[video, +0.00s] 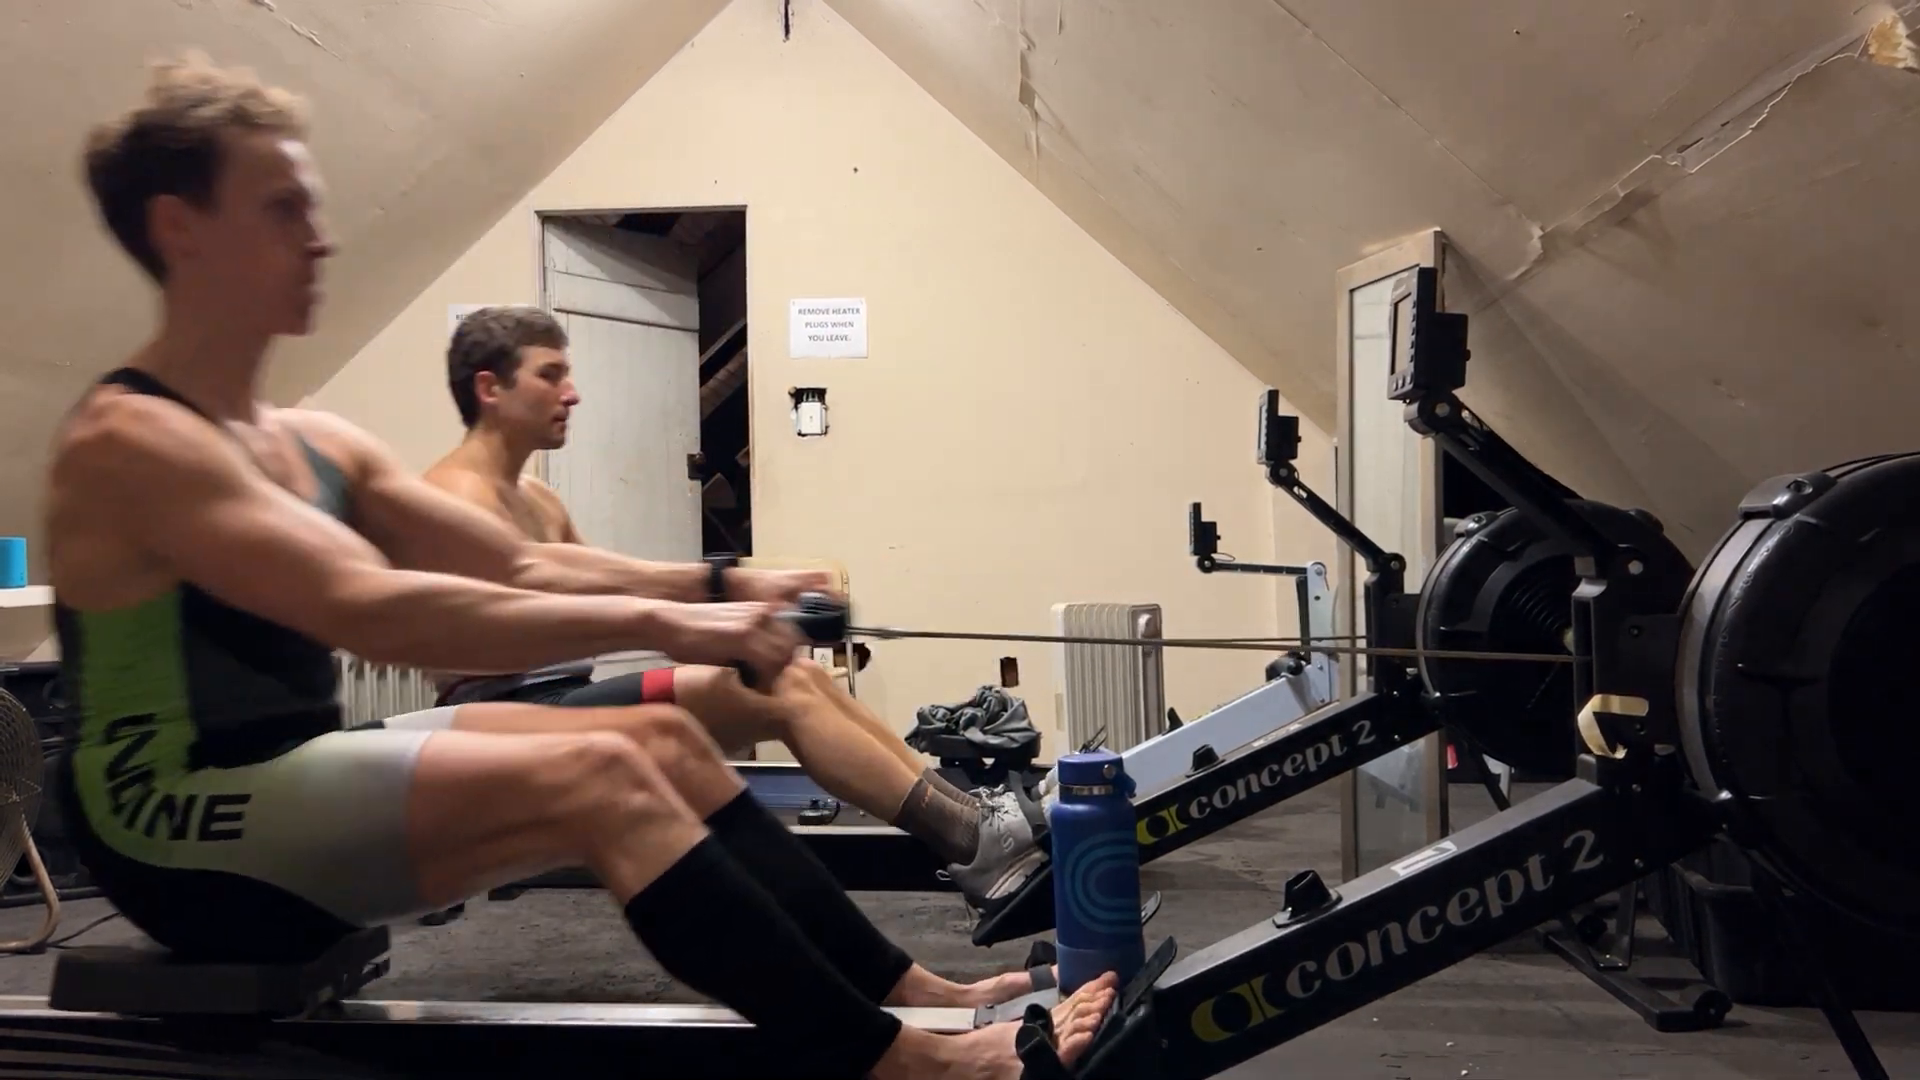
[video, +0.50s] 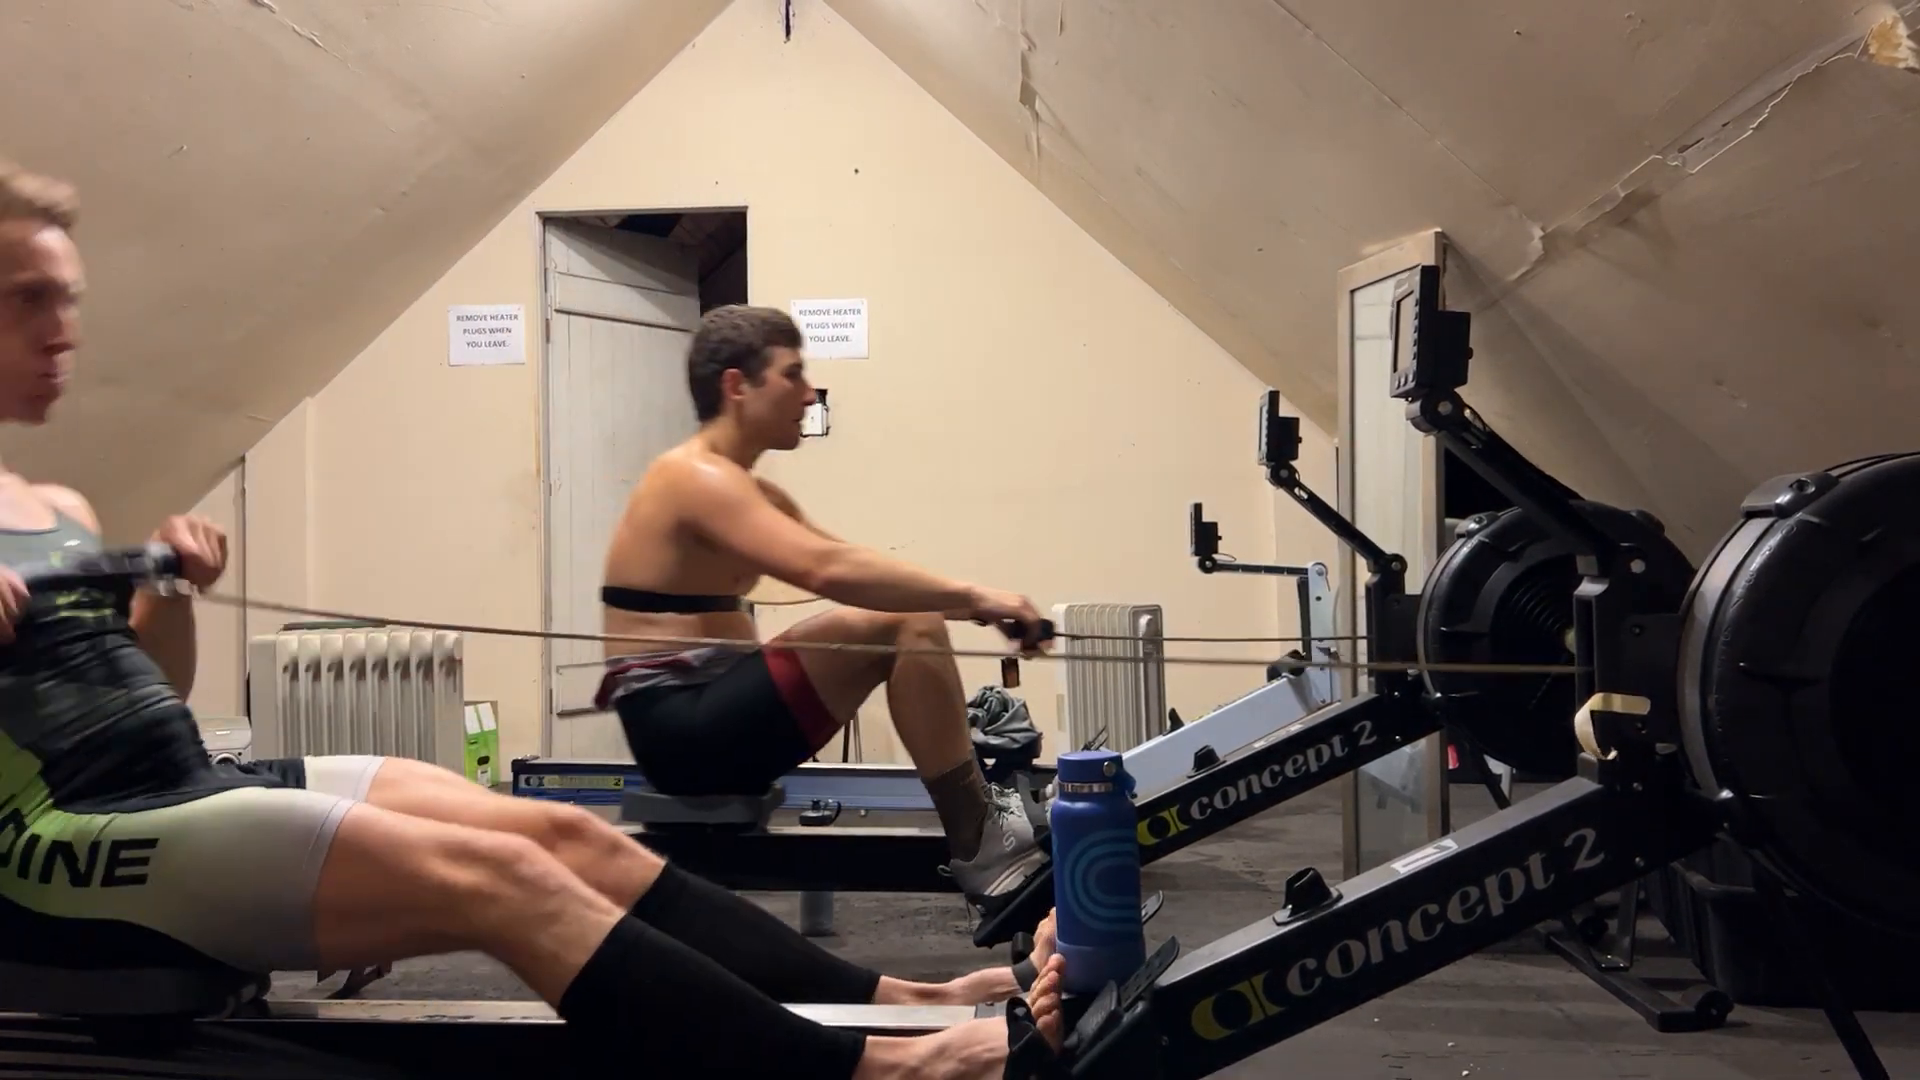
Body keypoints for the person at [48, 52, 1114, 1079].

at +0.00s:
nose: (323, 237)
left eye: (314, 206)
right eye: (285, 208)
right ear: (173, 226)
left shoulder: (310, 439)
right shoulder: (133, 440)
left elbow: (505, 560)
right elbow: (373, 619)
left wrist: (710, 602)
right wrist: (662, 631)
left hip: (295, 765)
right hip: (179, 798)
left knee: (671, 736)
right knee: (606, 780)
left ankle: (909, 998)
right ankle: (885, 1058)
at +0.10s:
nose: (204, 256)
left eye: (199, 225)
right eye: (169, 222)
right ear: (51, 241)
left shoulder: (207, 450)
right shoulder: (24, 447)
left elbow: (413, 585)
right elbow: (230, 625)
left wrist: (585, 609)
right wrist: (520, 624)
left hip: (248, 772)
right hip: (132, 808)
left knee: (613, 789)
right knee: (548, 819)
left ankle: (905, 996)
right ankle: (893, 1061)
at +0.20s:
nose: (97, 287)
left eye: (96, 258)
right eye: (62, 259)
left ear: (88, 271)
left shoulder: (123, 479)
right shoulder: (3, 487)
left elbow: (317, 608)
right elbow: (59, 672)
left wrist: (473, 622)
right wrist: (353, 631)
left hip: (217, 768)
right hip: (90, 807)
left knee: (584, 830)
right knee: (529, 872)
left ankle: (912, 1003)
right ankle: (898, 1066)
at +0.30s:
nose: (24, 326)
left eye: (28, 297)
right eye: (4, 296)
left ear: (37, 313)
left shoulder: (60, 506)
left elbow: (229, 655)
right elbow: (7, 729)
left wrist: (354, 630)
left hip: (189, 776)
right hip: (68, 822)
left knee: (569, 856)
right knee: (504, 896)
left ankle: (929, 1010)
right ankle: (913, 1056)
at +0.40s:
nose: (13, 322)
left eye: (12, 296)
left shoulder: (37, 531)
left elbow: (164, 693)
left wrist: (254, 629)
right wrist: (78, 638)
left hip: (154, 779)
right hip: (60, 815)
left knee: (560, 857)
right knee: (496, 897)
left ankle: (922, 1008)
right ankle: (906, 1063)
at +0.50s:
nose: (60, 333)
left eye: (65, 303)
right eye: (35, 302)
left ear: (68, 312)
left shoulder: (58, 505)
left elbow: (156, 693)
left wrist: (169, 590)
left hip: (185, 784)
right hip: (61, 829)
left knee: (569, 835)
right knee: (493, 874)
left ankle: (913, 1006)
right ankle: (871, 1060)